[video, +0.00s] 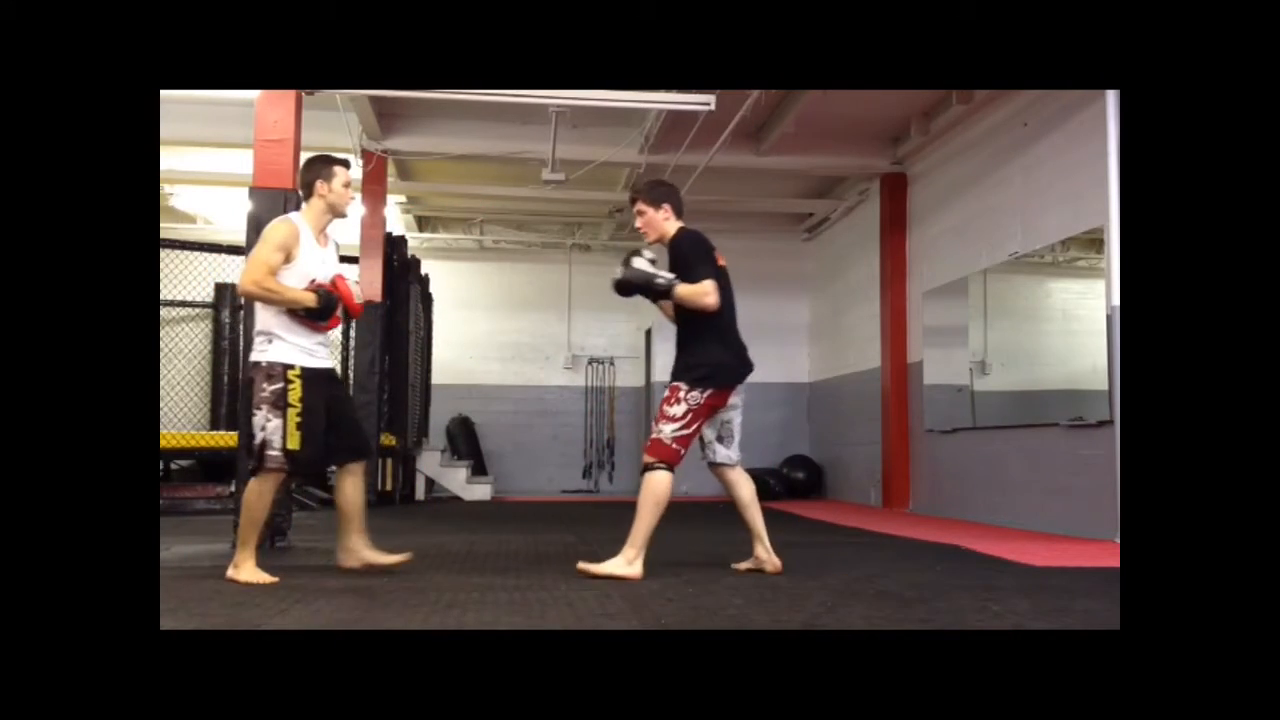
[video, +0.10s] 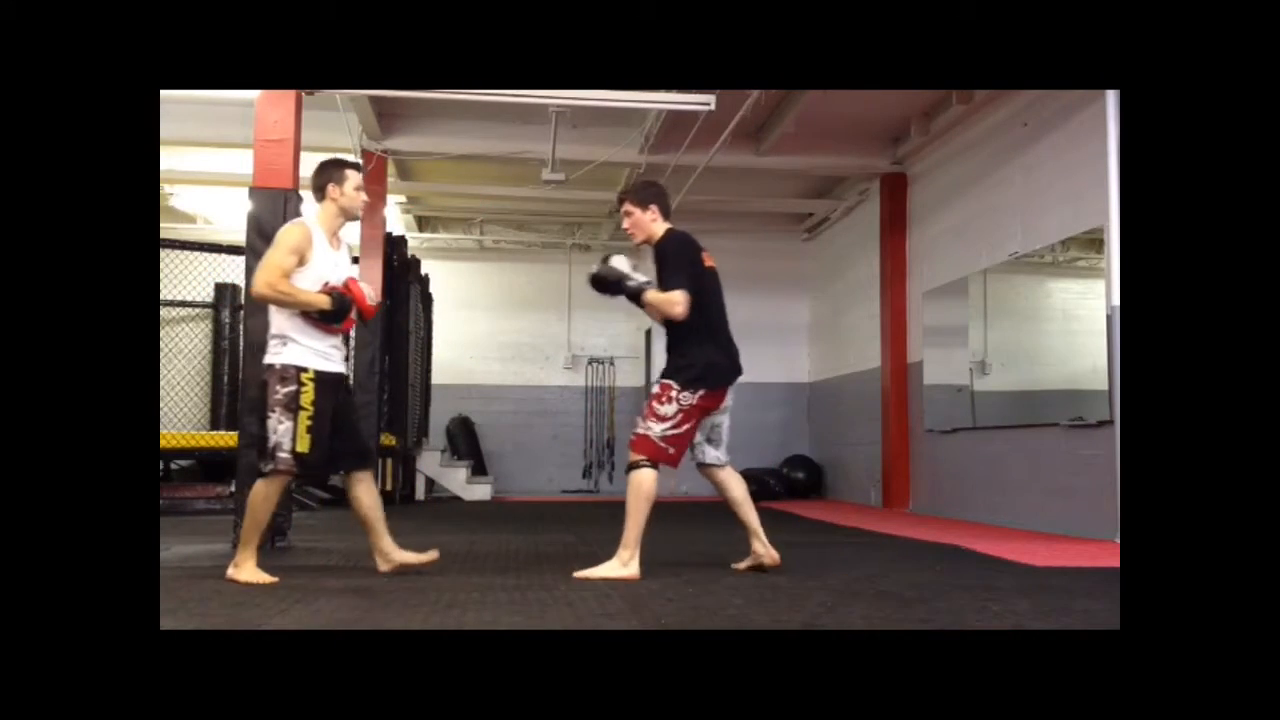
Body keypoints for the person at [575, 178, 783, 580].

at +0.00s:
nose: (638, 225)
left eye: (642, 215)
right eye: (635, 217)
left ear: (666, 211)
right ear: (665, 214)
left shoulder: (686, 242)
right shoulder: (685, 249)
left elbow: (709, 297)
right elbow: (679, 315)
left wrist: (661, 285)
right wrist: (652, 285)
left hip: (702, 369)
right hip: (726, 368)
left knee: (659, 457)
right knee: (725, 460)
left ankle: (631, 557)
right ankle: (764, 551)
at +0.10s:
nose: (625, 225)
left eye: (629, 215)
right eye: (623, 217)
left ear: (653, 212)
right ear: (655, 215)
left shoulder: (673, 245)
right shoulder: (680, 246)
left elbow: (677, 307)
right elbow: (671, 313)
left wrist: (633, 284)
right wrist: (633, 286)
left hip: (693, 371)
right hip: (718, 369)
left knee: (643, 453)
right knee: (712, 460)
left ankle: (626, 558)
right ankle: (762, 546)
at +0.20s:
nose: (616, 222)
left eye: (620, 212)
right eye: (614, 214)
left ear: (644, 208)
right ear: (650, 211)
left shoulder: (659, 242)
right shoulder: (681, 242)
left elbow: (655, 305)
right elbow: (671, 303)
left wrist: (619, 288)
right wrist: (629, 289)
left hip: (684, 365)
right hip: (712, 363)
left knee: (639, 452)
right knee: (699, 454)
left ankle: (626, 558)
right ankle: (752, 538)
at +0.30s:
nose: (614, 218)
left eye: (619, 208)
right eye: (612, 210)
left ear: (642, 204)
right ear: (647, 206)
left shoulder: (655, 237)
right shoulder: (678, 237)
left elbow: (653, 300)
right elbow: (663, 297)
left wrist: (619, 274)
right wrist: (626, 273)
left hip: (679, 364)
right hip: (707, 360)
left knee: (642, 453)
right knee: (697, 451)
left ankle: (627, 558)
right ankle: (741, 543)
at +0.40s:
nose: (618, 220)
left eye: (622, 210)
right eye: (616, 212)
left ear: (646, 205)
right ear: (649, 208)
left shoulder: (661, 240)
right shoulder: (681, 239)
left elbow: (656, 301)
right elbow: (662, 298)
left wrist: (618, 270)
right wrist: (625, 267)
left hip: (679, 368)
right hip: (707, 365)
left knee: (637, 455)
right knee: (700, 457)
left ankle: (626, 558)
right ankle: (739, 550)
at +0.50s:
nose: (622, 225)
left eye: (626, 215)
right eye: (620, 217)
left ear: (650, 210)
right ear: (653, 214)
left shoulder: (668, 242)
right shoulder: (683, 244)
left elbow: (665, 305)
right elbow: (658, 311)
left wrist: (628, 279)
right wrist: (626, 280)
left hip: (685, 370)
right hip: (711, 368)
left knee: (631, 449)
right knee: (702, 458)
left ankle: (621, 553)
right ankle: (740, 551)